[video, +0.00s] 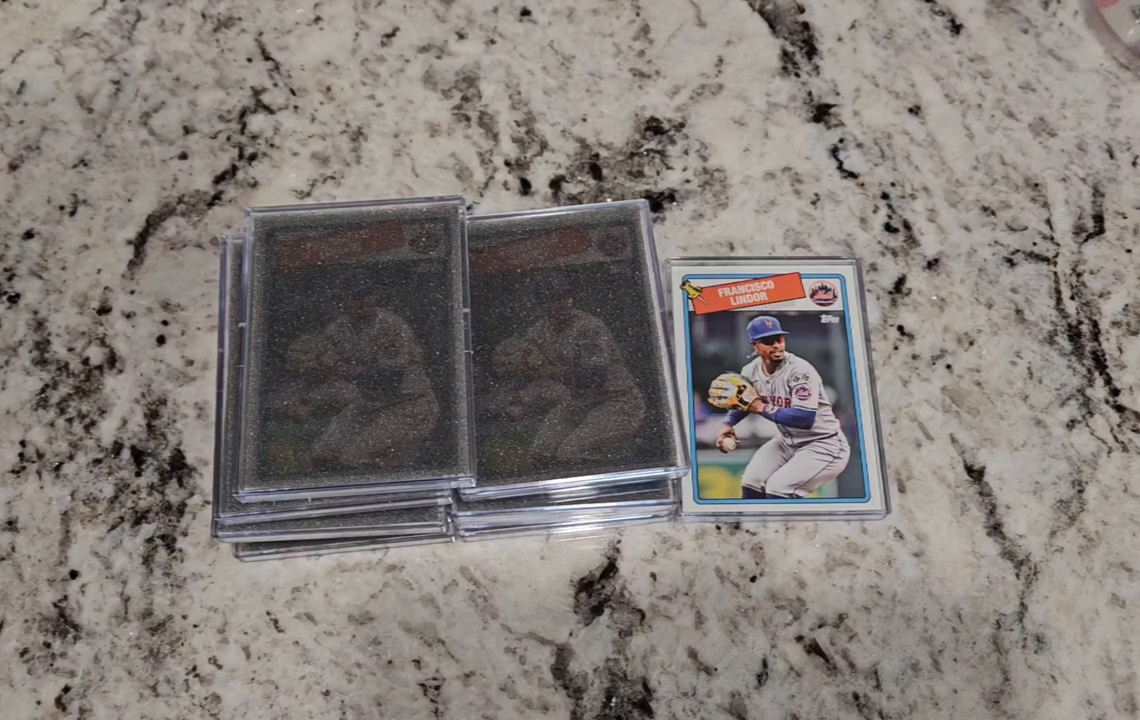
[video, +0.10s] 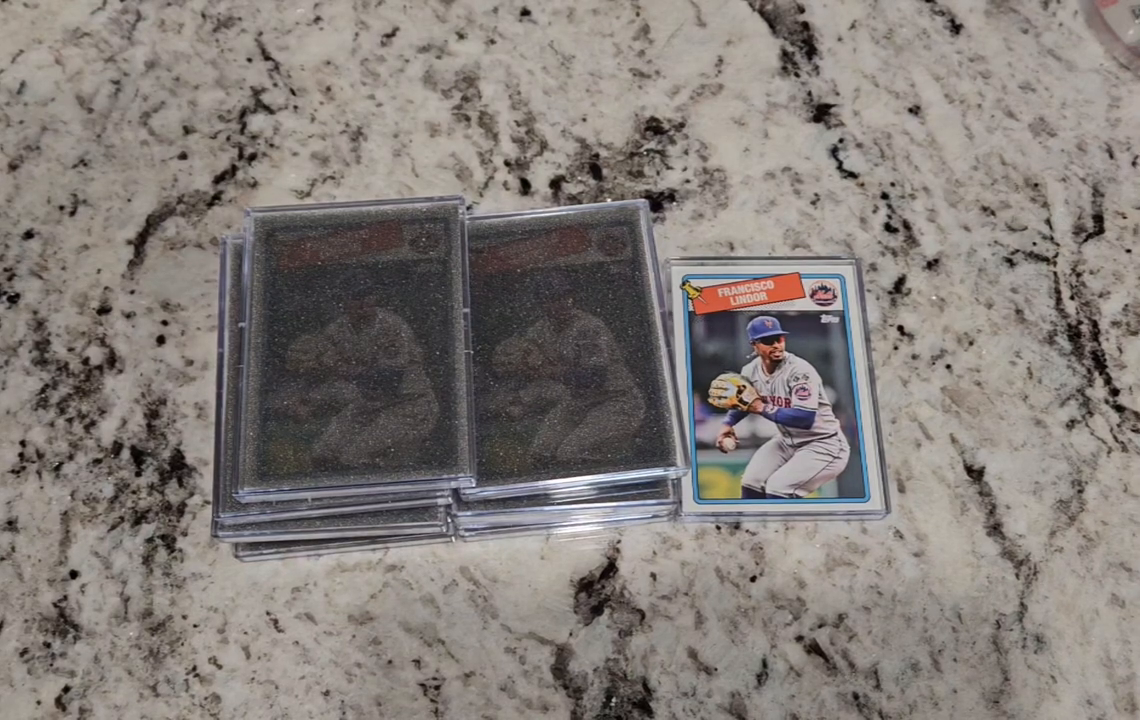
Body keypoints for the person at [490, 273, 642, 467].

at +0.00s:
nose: (556, 307)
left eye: (561, 300)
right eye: (550, 302)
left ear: (570, 299)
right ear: (542, 305)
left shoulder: (590, 327)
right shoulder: (541, 331)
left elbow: (595, 378)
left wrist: (549, 370)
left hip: (619, 403)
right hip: (577, 404)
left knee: (570, 453)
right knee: (540, 454)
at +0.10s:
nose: (558, 306)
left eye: (561, 299)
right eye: (551, 301)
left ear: (570, 298)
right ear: (542, 305)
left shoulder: (590, 328)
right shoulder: (540, 332)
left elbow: (595, 378)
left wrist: (548, 370)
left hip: (619, 402)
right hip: (576, 404)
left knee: (570, 453)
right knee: (540, 453)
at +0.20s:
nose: (559, 306)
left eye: (562, 298)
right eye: (552, 301)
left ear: (571, 299)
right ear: (542, 305)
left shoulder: (590, 328)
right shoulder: (539, 332)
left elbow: (595, 379)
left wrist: (548, 370)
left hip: (619, 402)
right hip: (576, 404)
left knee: (570, 453)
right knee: (540, 453)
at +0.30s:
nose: (556, 307)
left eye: (560, 299)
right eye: (550, 302)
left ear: (570, 299)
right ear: (542, 305)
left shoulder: (590, 328)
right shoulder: (540, 332)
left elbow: (595, 378)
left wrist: (549, 371)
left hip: (619, 402)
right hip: (576, 404)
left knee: (569, 453)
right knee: (540, 452)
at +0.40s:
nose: (558, 307)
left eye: (562, 300)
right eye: (551, 302)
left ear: (570, 299)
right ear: (542, 305)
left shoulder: (590, 328)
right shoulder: (539, 332)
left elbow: (595, 378)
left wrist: (549, 370)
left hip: (618, 403)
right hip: (575, 404)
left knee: (569, 454)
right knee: (540, 453)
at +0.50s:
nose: (556, 307)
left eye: (560, 299)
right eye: (550, 302)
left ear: (570, 299)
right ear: (542, 305)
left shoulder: (590, 328)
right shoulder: (540, 332)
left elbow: (595, 378)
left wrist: (549, 370)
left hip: (619, 403)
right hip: (576, 404)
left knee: (569, 453)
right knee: (540, 452)